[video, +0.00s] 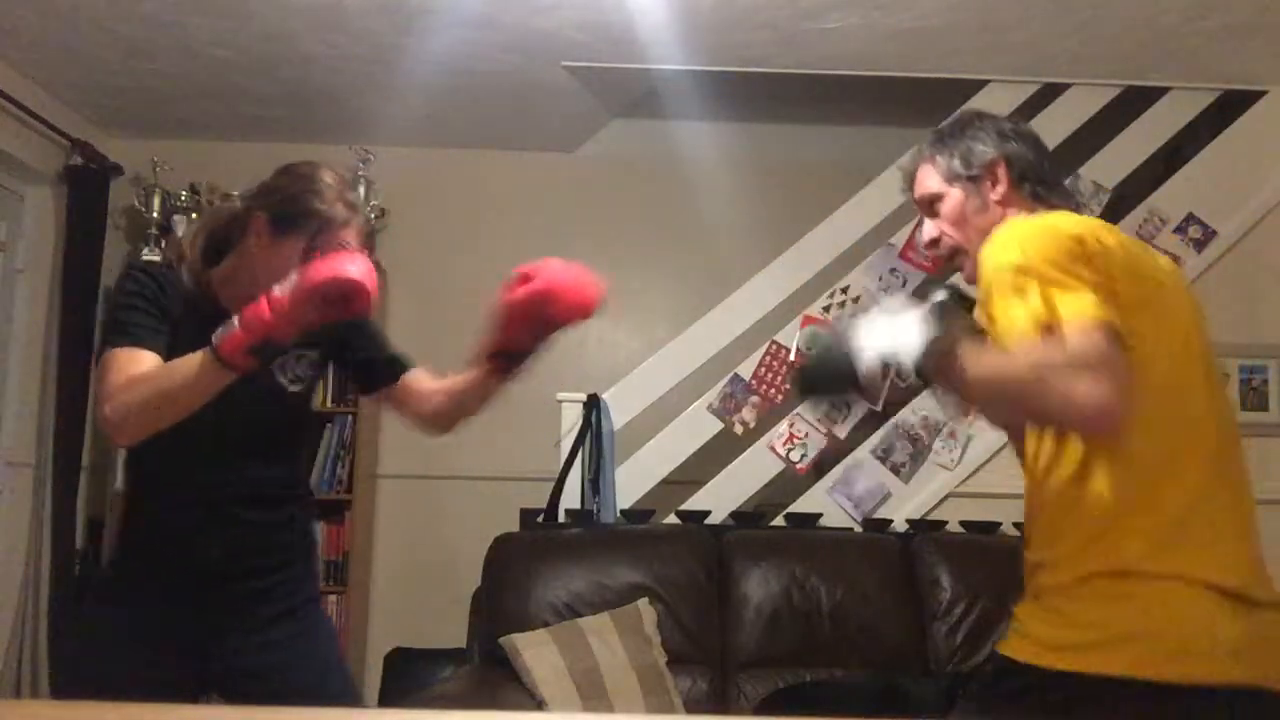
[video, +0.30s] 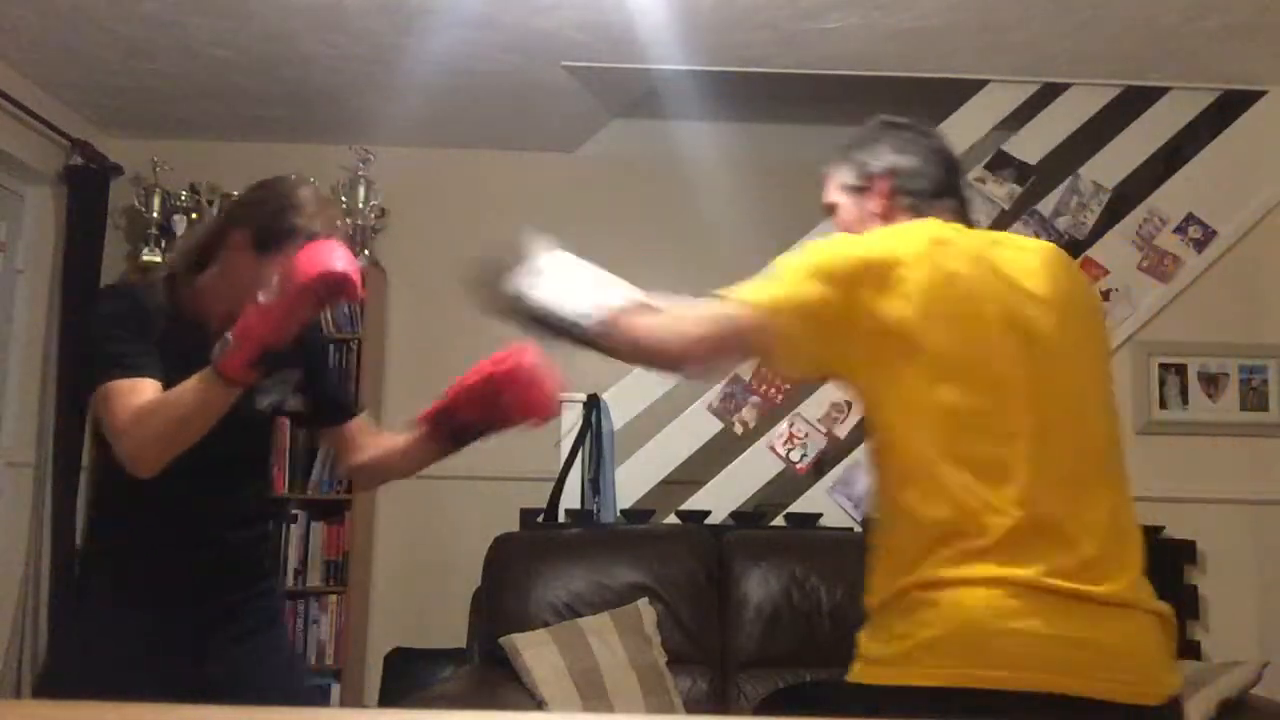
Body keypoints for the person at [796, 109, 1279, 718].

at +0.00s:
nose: (927, 236)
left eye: (934, 207)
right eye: (921, 217)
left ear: (994, 180)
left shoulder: (1027, 239)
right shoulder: (1155, 268)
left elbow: (1093, 393)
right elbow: (1060, 449)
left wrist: (937, 350)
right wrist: (964, 350)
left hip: (1107, 652)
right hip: (1237, 665)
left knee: (791, 705)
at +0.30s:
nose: (830, 228)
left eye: (833, 208)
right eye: (829, 211)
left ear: (878, 195)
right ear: (946, 197)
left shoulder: (871, 262)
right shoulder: (1062, 270)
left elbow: (682, 341)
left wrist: (566, 292)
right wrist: (891, 488)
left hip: (952, 667)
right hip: (1124, 677)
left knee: (768, 701)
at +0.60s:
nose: (724, 233)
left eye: (726, 215)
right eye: (725, 217)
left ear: (765, 199)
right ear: (850, 205)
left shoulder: (728, 281)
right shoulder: (971, 292)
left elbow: (496, 320)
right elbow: (1002, 494)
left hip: (798, 679)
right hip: (987, 681)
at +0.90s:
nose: (758, 170)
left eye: (760, 152)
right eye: (758, 154)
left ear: (795, 135)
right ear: (883, 141)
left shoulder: (774, 207)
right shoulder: (1002, 229)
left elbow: (697, 397)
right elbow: (1034, 394)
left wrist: (625, 323)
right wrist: (786, 390)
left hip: (845, 656)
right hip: (1042, 654)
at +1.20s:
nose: (729, 172)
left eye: (732, 155)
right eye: (729, 159)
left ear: (762, 147)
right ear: (864, 153)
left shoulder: (716, 225)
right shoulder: (971, 229)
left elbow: (495, 295)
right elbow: (1027, 377)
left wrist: (439, 258)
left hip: (815, 661)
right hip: (1021, 663)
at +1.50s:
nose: (410, 180)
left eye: (415, 144)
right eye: (408, 147)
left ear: (463, 134)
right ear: (474, 135)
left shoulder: (570, 226)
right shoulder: (605, 215)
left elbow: (539, 521)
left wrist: (411, 373)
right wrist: (425, 323)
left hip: (767, 686)